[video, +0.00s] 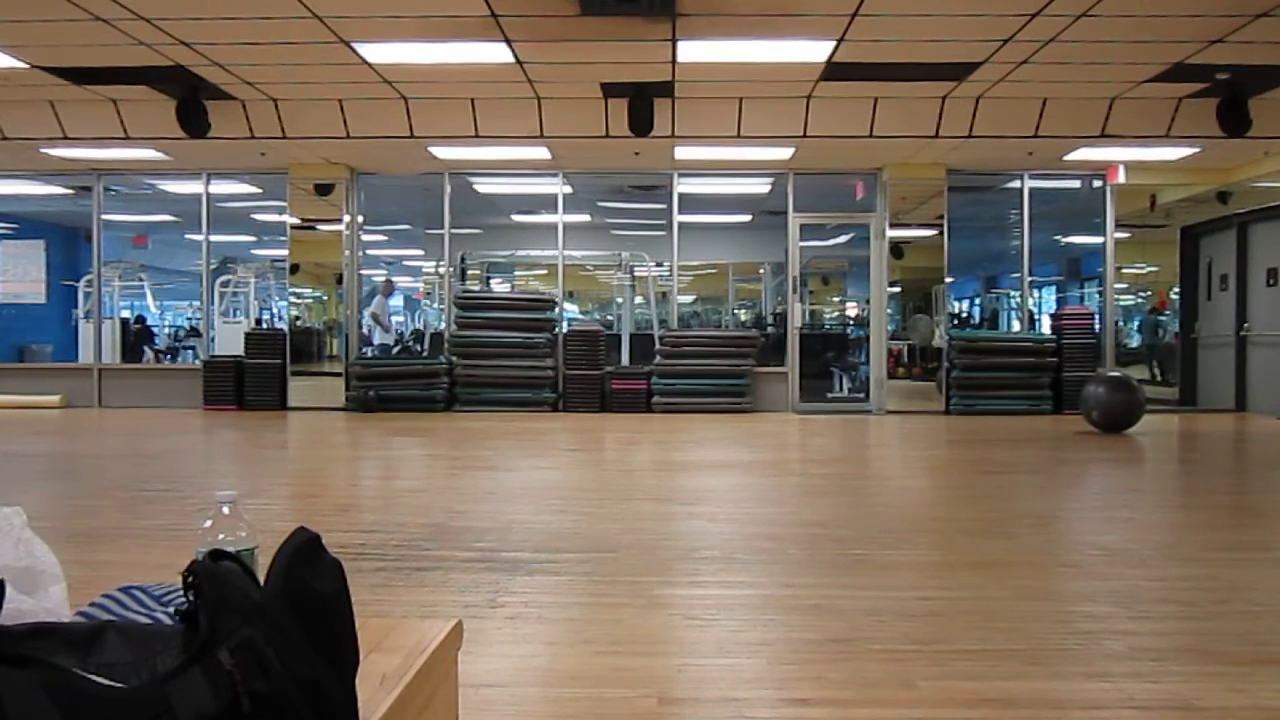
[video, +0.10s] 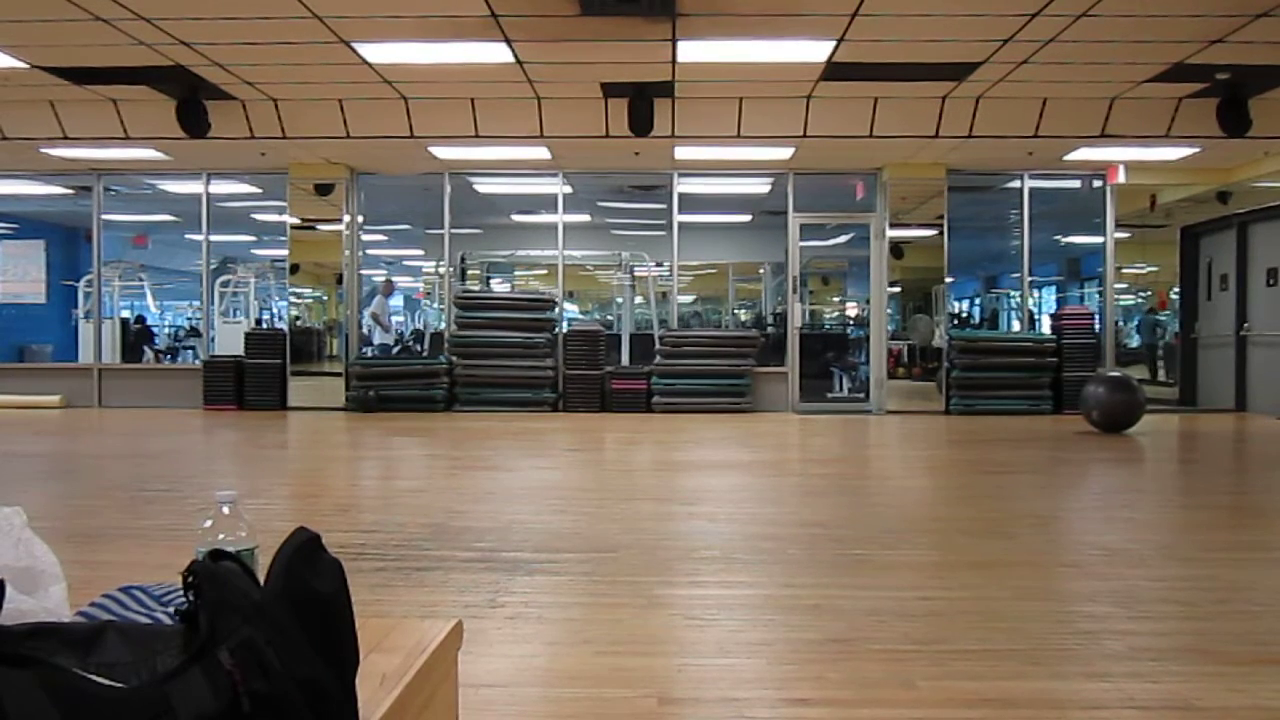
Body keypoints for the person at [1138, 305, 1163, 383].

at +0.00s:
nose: (1157, 315)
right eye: (1157, 312)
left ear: (1148, 311)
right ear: (1156, 312)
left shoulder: (1144, 318)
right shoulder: (1156, 319)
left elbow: (1138, 329)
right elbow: (1164, 328)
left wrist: (1144, 334)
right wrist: (1162, 338)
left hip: (1146, 342)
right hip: (1155, 341)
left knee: (1149, 360)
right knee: (1159, 359)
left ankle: (1152, 376)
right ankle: (1163, 376)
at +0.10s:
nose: (1155, 315)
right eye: (1155, 313)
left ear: (1147, 312)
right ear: (1154, 313)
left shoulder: (1142, 319)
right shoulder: (1154, 319)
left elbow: (1137, 329)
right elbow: (1164, 326)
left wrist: (1142, 335)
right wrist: (1162, 336)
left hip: (1145, 341)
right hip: (1153, 341)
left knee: (1148, 359)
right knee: (1153, 359)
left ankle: (1151, 375)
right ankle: (1154, 376)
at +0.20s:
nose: (1151, 315)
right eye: (1151, 313)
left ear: (1144, 313)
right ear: (1151, 313)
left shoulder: (1140, 320)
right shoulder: (1153, 320)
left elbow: (1136, 328)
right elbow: (1163, 327)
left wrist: (1140, 335)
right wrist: (1160, 337)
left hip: (1142, 342)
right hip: (1151, 341)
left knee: (1146, 359)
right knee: (1149, 359)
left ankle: (1151, 375)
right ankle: (1145, 374)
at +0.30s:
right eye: (1148, 313)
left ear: (1142, 313)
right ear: (1148, 313)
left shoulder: (1138, 320)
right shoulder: (1151, 321)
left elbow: (1135, 329)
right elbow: (1161, 328)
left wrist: (1139, 336)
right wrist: (1154, 338)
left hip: (1140, 342)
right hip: (1148, 342)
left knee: (1142, 359)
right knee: (1148, 359)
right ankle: (1152, 375)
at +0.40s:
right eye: (1147, 314)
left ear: (1140, 313)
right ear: (1147, 313)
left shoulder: (1136, 320)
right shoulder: (1149, 321)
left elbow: (1133, 328)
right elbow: (1159, 329)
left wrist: (1135, 336)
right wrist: (1153, 338)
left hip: (1138, 342)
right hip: (1147, 342)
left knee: (1139, 359)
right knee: (1148, 359)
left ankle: (1139, 375)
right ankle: (1151, 375)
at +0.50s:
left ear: (1138, 312)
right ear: (1146, 313)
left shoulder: (1134, 320)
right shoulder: (1148, 321)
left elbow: (1129, 330)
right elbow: (1157, 329)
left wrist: (1127, 340)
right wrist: (1151, 337)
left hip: (1137, 342)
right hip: (1146, 343)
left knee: (1138, 359)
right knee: (1147, 360)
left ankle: (1138, 375)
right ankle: (1149, 375)